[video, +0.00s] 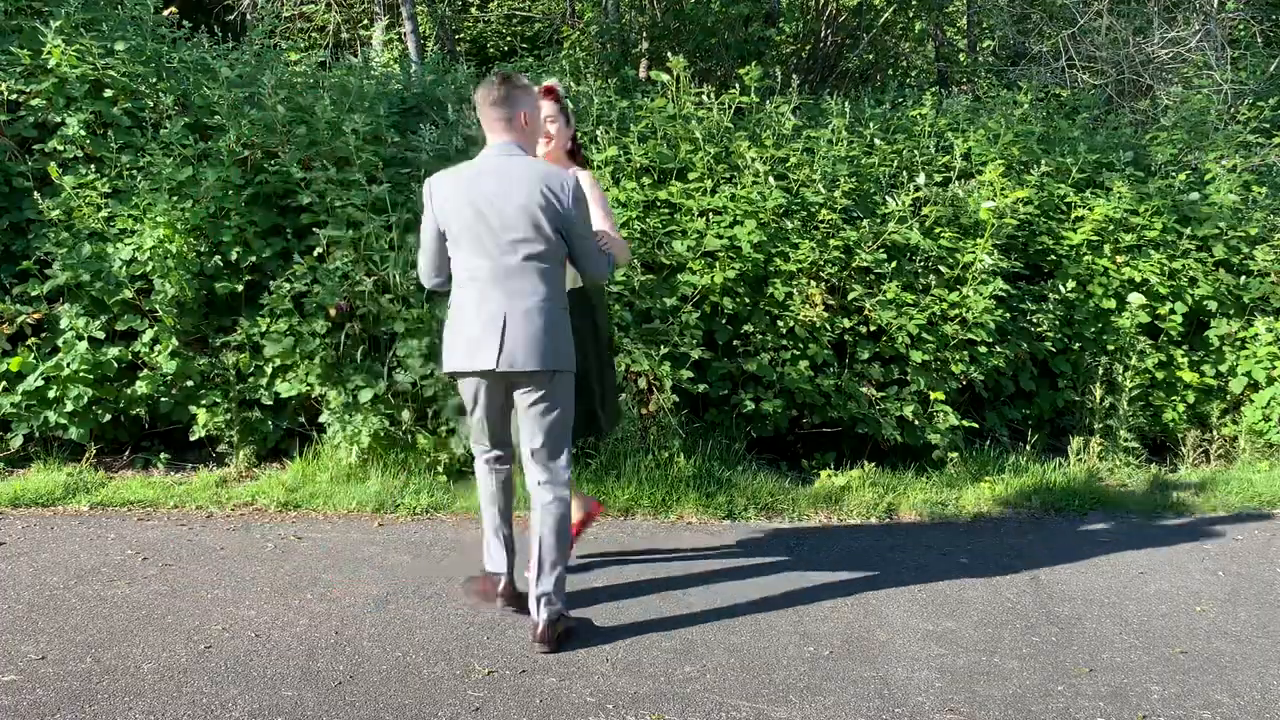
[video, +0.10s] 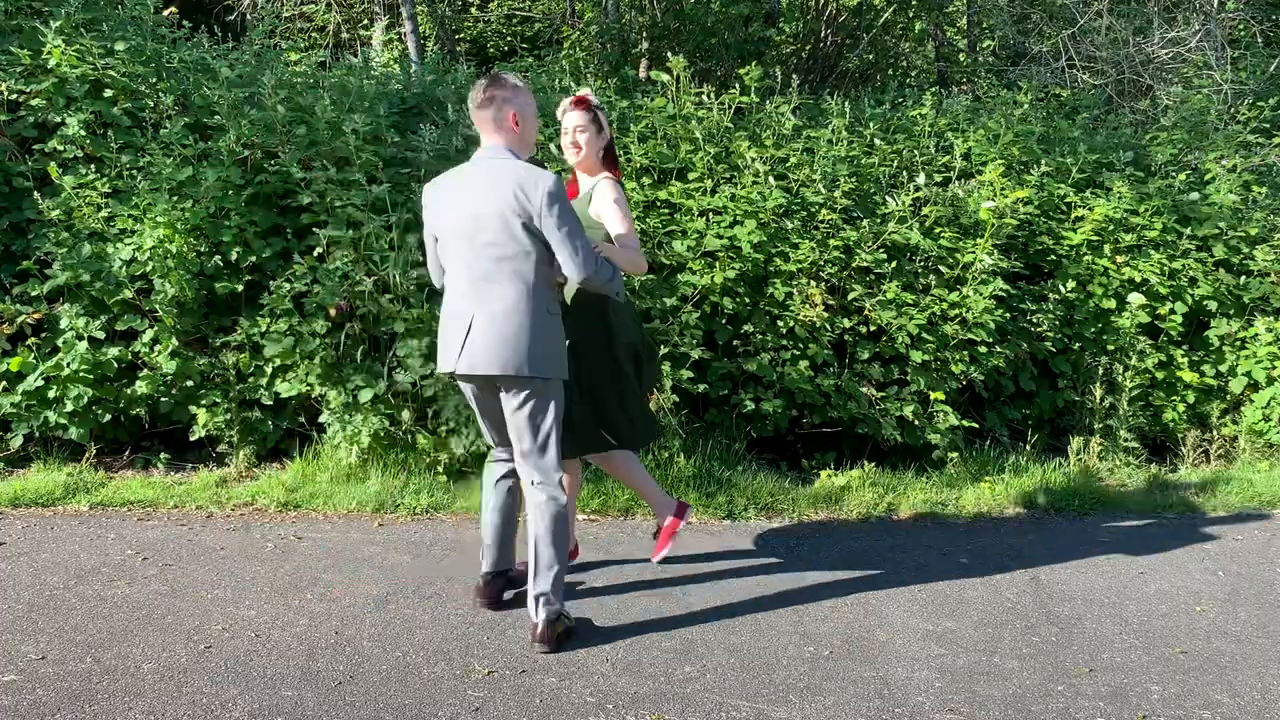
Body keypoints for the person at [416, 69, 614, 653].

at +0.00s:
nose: (543, 128)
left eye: (539, 120)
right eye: (539, 120)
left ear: (481, 122)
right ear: (532, 123)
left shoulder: (442, 186)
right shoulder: (558, 182)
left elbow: (432, 276)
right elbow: (595, 270)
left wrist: (477, 261)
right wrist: (604, 249)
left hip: (472, 343)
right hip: (542, 344)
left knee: (490, 458)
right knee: (548, 469)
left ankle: (500, 574)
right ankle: (547, 609)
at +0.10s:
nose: (540, 127)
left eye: (538, 117)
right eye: (536, 117)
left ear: (481, 124)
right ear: (513, 119)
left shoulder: (438, 190)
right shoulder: (537, 183)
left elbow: (439, 275)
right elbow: (581, 269)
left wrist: (498, 276)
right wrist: (618, 268)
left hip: (460, 345)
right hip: (526, 346)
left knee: (501, 457)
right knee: (544, 474)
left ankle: (494, 575)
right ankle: (547, 615)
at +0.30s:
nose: (527, 127)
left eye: (524, 116)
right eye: (519, 116)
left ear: (475, 128)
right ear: (489, 124)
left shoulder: (441, 185)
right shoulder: (485, 184)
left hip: (443, 356)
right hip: (480, 359)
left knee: (503, 463)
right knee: (523, 470)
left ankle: (495, 577)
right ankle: (518, 600)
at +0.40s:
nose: (514, 129)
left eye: (511, 119)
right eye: (505, 119)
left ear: (471, 129)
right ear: (474, 127)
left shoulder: (476, 189)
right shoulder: (456, 185)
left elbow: (501, 262)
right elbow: (462, 254)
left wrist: (557, 267)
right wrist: (532, 222)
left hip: (468, 354)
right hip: (451, 355)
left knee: (509, 456)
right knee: (507, 455)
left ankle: (497, 575)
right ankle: (445, 573)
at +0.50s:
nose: (504, 136)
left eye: (501, 125)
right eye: (493, 126)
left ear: (462, 135)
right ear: (457, 133)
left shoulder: (469, 196)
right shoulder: (432, 190)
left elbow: (496, 277)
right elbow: (414, 250)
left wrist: (560, 280)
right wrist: (459, 216)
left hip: (460, 358)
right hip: (434, 360)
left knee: (504, 455)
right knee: (480, 463)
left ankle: (501, 577)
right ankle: (385, 553)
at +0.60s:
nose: (489, 143)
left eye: (489, 134)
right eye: (480, 134)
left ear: (458, 139)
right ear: (442, 138)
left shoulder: (462, 206)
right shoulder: (412, 197)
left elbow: (495, 277)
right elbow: (372, 257)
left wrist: (573, 283)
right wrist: (385, 228)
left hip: (454, 363)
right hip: (414, 364)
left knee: (499, 450)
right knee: (436, 475)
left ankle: (499, 573)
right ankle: (363, 560)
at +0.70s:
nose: (479, 146)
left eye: (481, 138)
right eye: (468, 136)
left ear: (482, 145)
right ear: (430, 139)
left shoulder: (466, 218)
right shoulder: (388, 196)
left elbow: (503, 274)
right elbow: (344, 249)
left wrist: (580, 277)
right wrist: (329, 229)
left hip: (443, 360)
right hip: (391, 362)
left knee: (494, 437)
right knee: (426, 469)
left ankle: (495, 563)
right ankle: (362, 565)